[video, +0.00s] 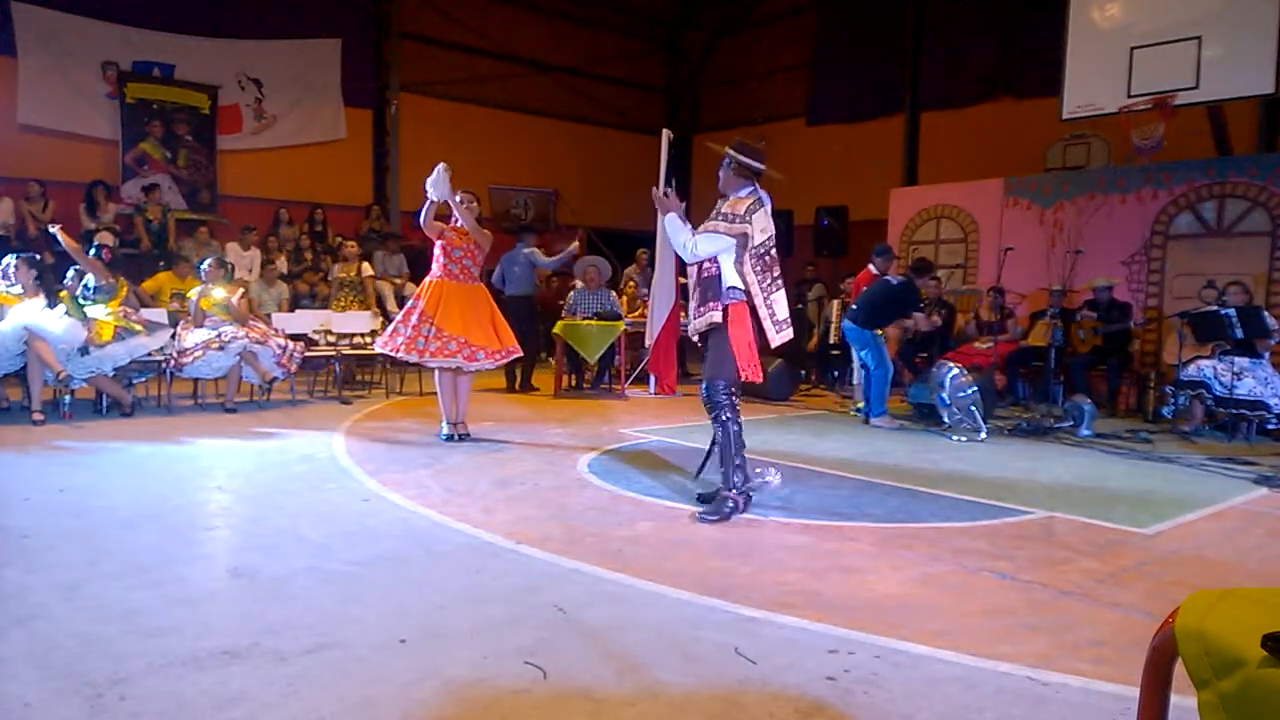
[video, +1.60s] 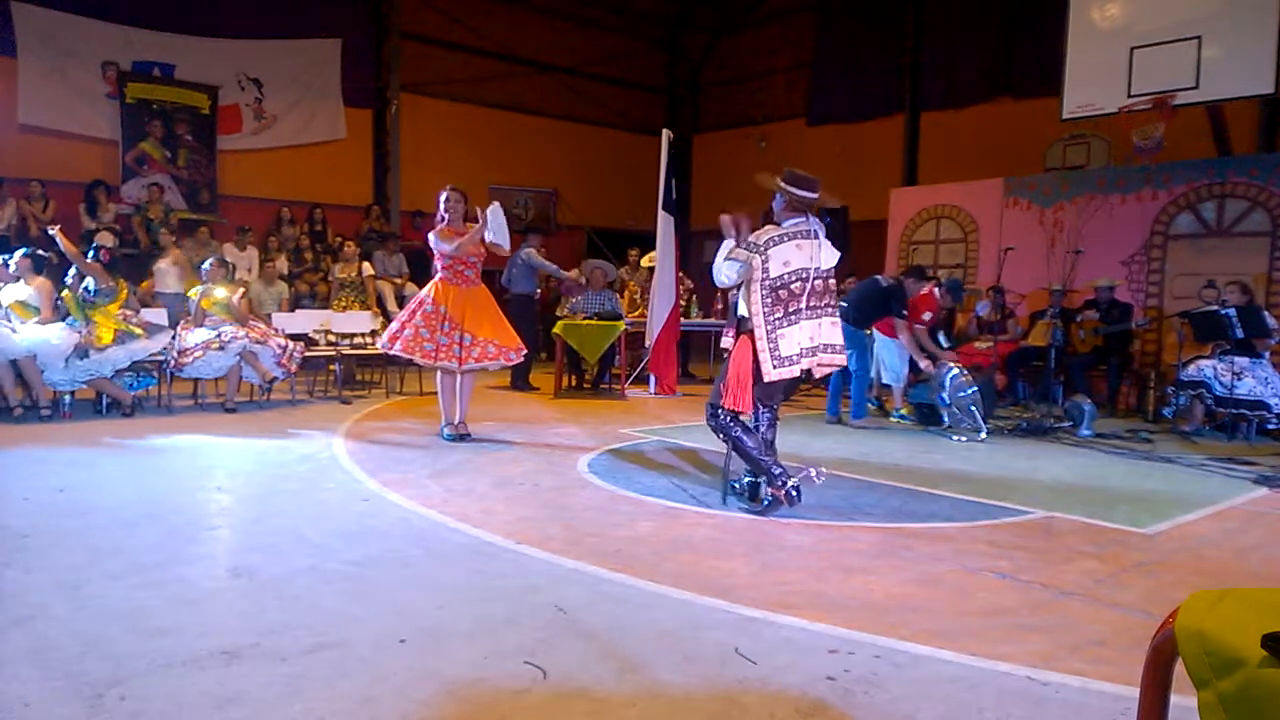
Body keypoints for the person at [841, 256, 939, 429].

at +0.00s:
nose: (929, 283)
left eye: (930, 279)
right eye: (930, 279)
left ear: (911, 271)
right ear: (924, 277)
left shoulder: (894, 280)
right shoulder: (910, 289)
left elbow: (892, 319)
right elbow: (923, 325)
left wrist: (916, 323)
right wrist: (935, 322)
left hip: (852, 323)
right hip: (864, 328)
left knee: (871, 368)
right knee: (883, 368)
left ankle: (871, 410)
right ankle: (879, 414)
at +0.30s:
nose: (928, 283)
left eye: (929, 278)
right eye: (928, 278)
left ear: (911, 271)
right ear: (920, 275)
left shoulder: (894, 281)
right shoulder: (907, 289)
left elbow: (899, 325)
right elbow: (910, 326)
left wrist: (920, 337)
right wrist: (928, 338)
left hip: (853, 323)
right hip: (863, 328)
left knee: (872, 367)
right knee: (882, 368)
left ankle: (871, 411)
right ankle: (879, 414)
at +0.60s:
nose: (930, 289)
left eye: (932, 285)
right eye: (930, 285)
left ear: (917, 278)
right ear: (921, 279)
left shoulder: (898, 284)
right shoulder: (905, 290)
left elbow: (888, 325)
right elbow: (897, 327)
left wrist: (902, 349)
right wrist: (910, 354)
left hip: (856, 323)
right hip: (861, 326)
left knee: (871, 367)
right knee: (878, 366)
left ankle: (871, 410)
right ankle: (878, 414)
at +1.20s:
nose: (926, 292)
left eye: (928, 288)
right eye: (926, 287)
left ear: (914, 279)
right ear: (916, 280)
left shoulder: (894, 283)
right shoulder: (902, 291)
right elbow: (904, 330)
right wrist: (921, 358)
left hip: (847, 323)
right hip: (856, 327)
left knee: (866, 368)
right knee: (870, 369)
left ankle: (868, 408)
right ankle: (862, 414)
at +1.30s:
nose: (923, 293)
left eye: (926, 289)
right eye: (924, 288)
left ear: (911, 279)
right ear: (915, 280)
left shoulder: (888, 281)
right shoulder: (901, 291)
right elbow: (903, 329)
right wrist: (920, 358)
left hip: (843, 322)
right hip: (856, 327)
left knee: (860, 369)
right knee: (869, 370)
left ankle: (866, 408)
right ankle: (861, 414)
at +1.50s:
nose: (920, 292)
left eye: (923, 288)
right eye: (920, 287)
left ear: (907, 278)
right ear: (911, 280)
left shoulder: (886, 280)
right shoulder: (900, 292)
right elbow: (902, 330)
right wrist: (920, 359)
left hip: (842, 317)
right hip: (854, 325)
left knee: (849, 369)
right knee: (863, 371)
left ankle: (845, 409)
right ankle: (858, 415)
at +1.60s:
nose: (918, 292)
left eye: (920, 288)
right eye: (918, 287)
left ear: (907, 279)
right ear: (910, 281)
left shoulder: (884, 280)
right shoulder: (898, 293)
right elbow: (902, 332)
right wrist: (920, 359)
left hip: (839, 319)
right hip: (853, 327)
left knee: (841, 368)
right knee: (861, 372)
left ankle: (832, 413)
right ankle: (858, 415)